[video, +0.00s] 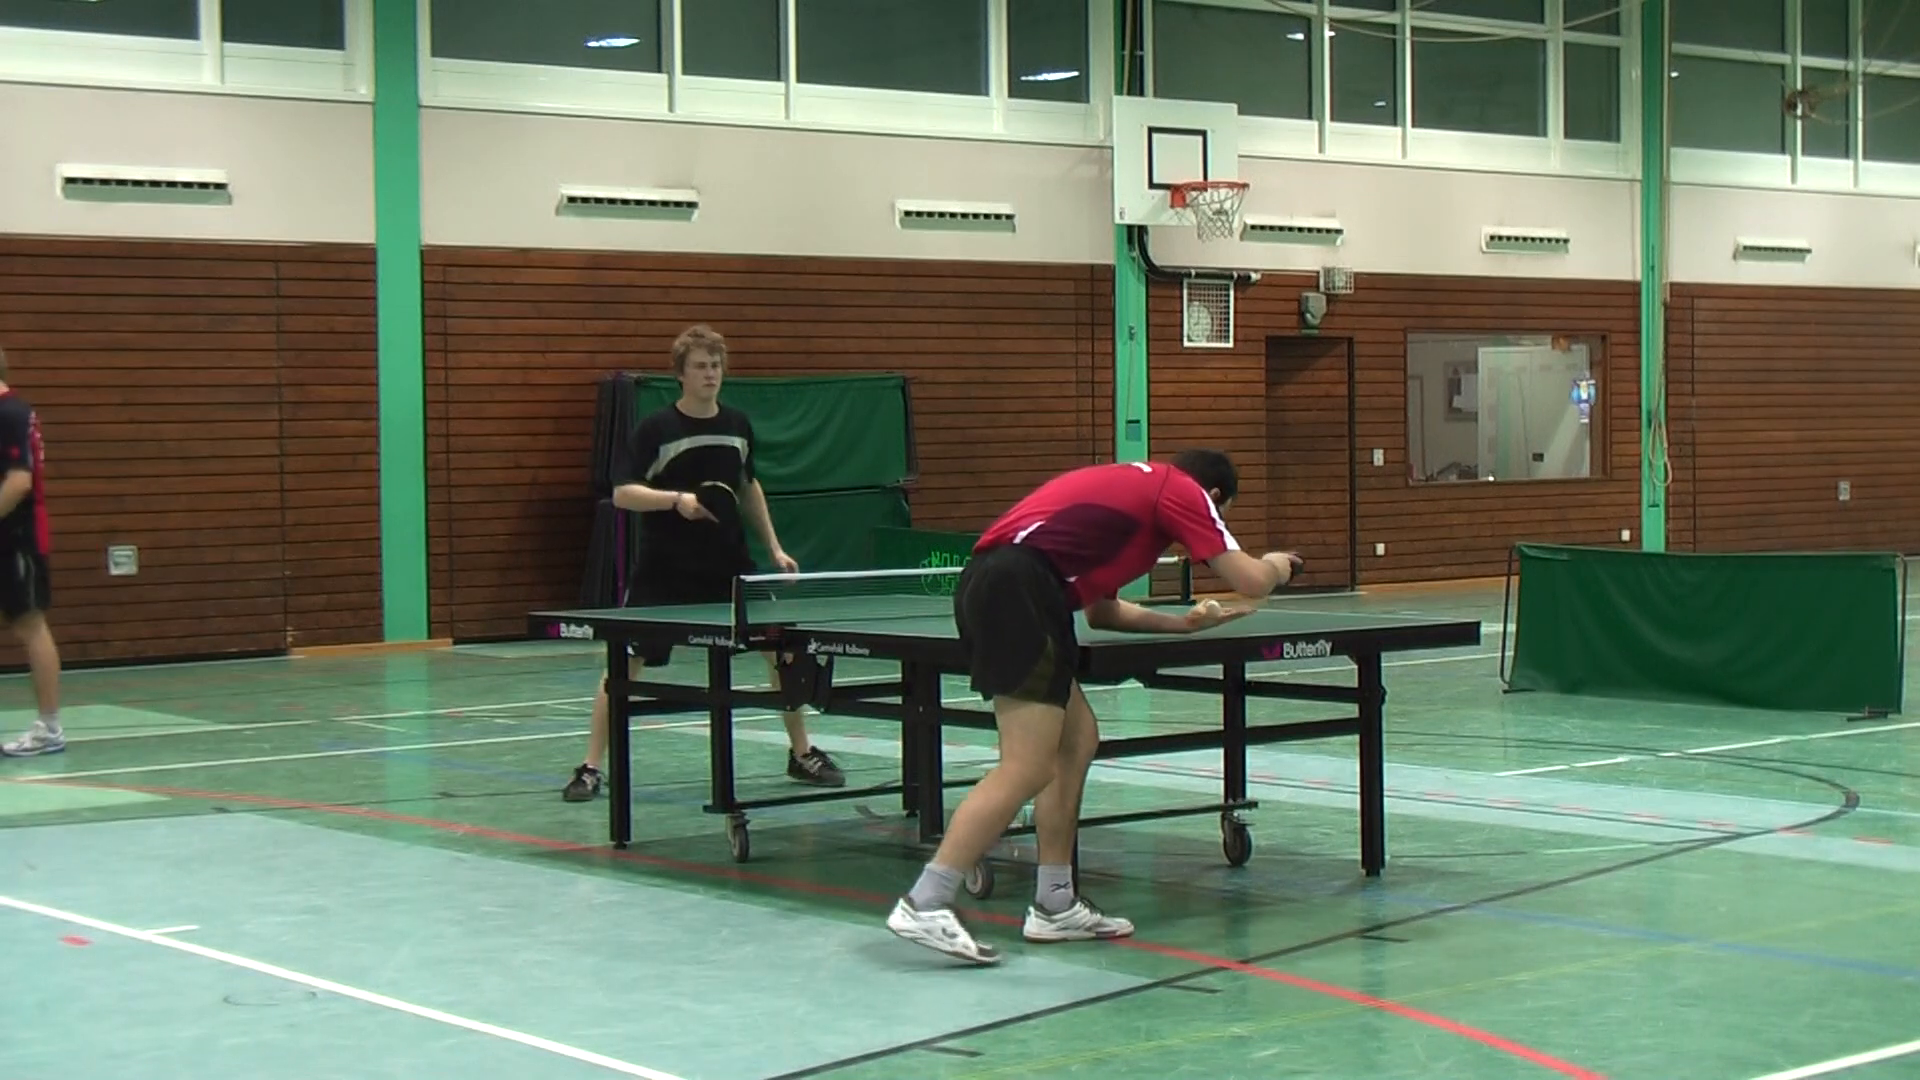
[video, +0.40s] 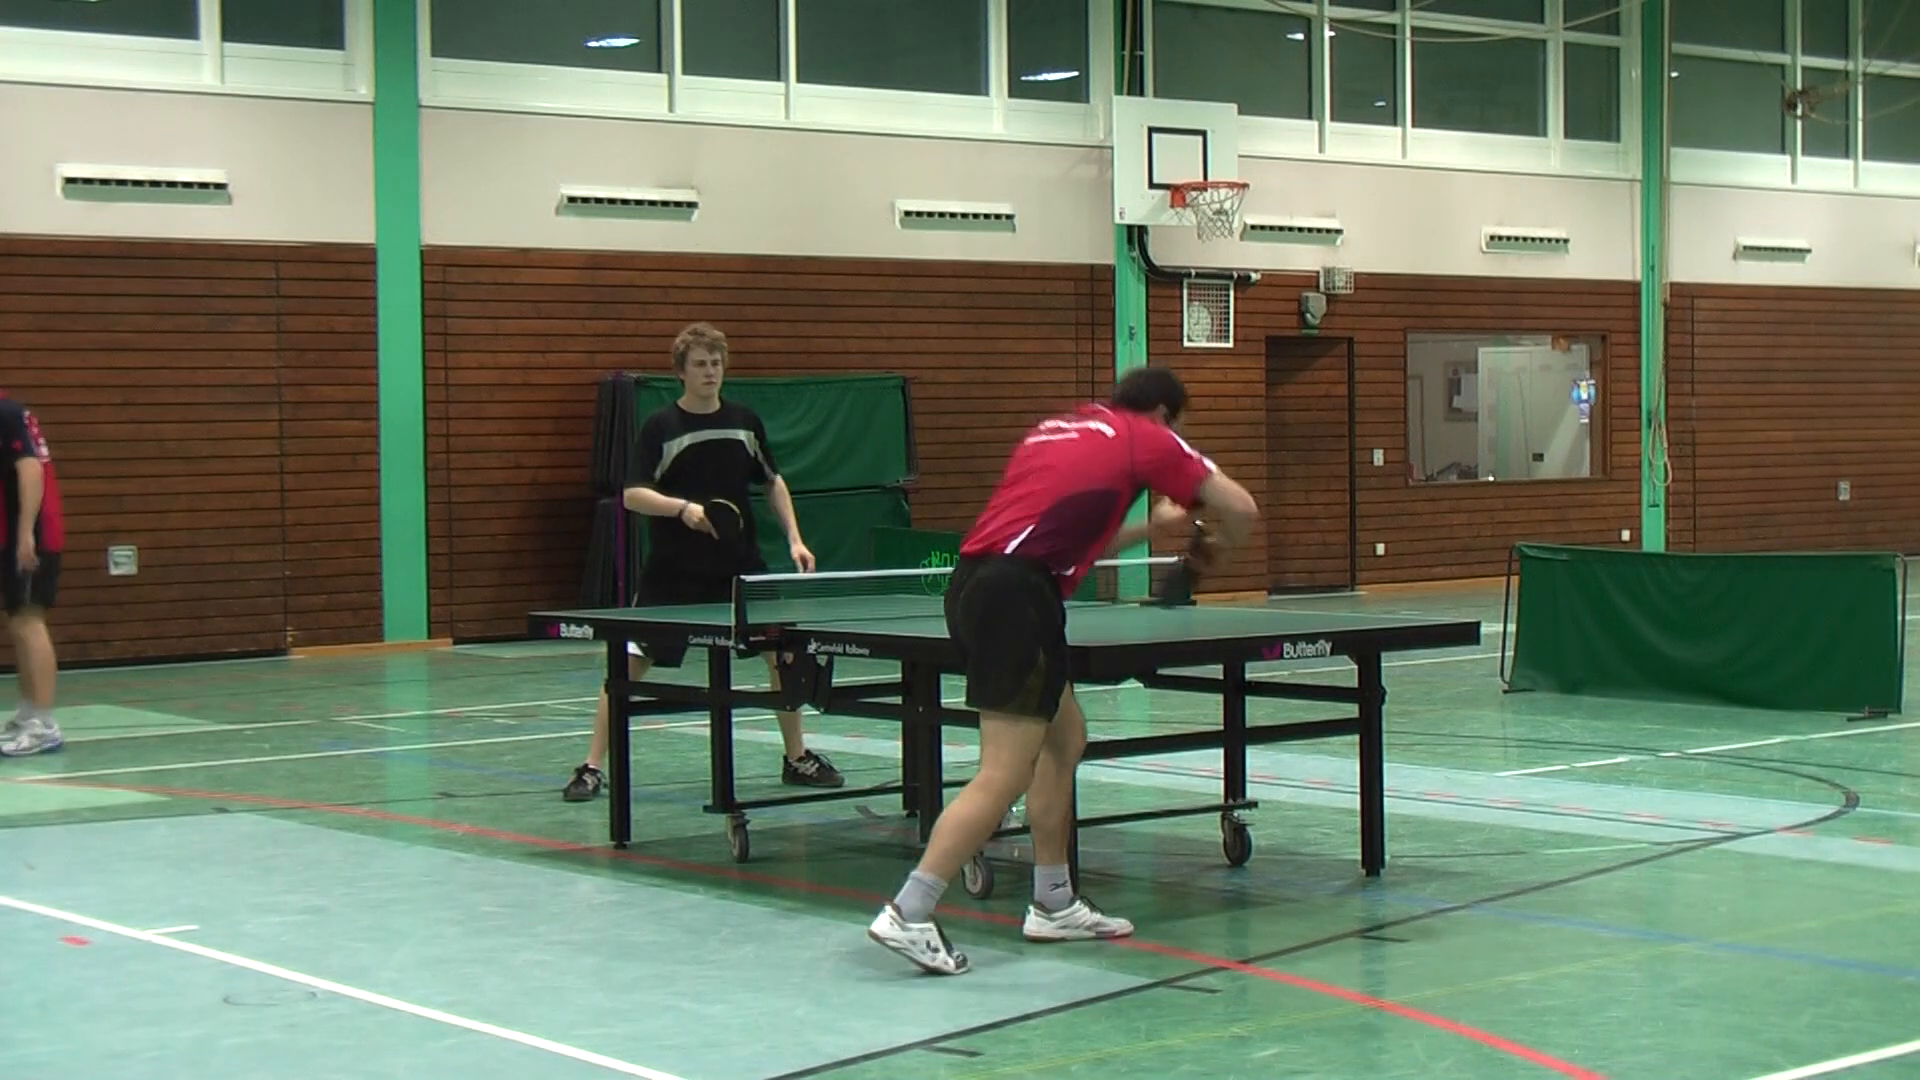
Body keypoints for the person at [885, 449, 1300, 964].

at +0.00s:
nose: (1215, 519)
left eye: (1218, 513)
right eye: (1217, 507)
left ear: (1175, 473)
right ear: (1207, 491)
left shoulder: (1121, 500)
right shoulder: (1177, 487)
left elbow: (1102, 609)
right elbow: (1252, 582)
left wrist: (1185, 619)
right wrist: (1277, 565)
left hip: (999, 585)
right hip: (1017, 583)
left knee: (1077, 738)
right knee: (1029, 763)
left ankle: (1054, 906)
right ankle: (924, 903)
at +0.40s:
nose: (1175, 434)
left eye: (1175, 425)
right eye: (1175, 424)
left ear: (1123, 401)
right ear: (1160, 414)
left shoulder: (1060, 426)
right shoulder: (1146, 436)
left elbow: (1070, 535)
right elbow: (1242, 508)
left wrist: (1151, 529)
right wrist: (1219, 538)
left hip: (976, 585)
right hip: (1016, 591)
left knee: (1065, 736)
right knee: (1003, 773)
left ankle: (1053, 904)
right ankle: (907, 914)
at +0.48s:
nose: (1160, 413)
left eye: (1161, 404)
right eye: (1160, 403)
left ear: (1105, 379)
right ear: (1143, 391)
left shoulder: (1038, 412)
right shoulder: (1128, 411)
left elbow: (1059, 517)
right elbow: (1217, 471)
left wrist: (1146, 521)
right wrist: (1199, 523)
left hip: (974, 579)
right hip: (1020, 585)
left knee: (1050, 739)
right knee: (1003, 765)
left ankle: (1051, 901)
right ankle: (908, 914)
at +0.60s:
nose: (1150, 398)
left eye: (1149, 387)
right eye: (1150, 387)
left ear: (1095, 362)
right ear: (1135, 374)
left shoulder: (1029, 404)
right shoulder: (1115, 384)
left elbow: (958, 500)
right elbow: (1161, 410)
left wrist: (1028, 540)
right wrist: (1169, 482)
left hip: (976, 575)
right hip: (1026, 578)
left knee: (1040, 736)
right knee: (1006, 758)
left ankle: (1021, 904)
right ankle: (912, 913)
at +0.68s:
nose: (1153, 407)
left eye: (1156, 400)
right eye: (1156, 398)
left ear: (1097, 365)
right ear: (1141, 382)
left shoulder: (1027, 416)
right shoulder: (1118, 380)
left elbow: (952, 491)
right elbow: (1123, 399)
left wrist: (978, 562)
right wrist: (1153, 473)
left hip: (987, 577)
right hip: (1034, 576)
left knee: (1038, 742)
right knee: (1014, 755)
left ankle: (1002, 910)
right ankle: (916, 912)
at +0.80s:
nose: (1162, 420)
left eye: (1163, 411)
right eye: (1161, 409)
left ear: (1102, 383)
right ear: (1147, 393)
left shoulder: (1038, 418)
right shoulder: (1138, 405)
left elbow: (973, 531)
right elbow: (1153, 484)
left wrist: (955, 626)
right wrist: (1164, 544)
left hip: (986, 585)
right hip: (1042, 584)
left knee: (1029, 751)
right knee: (1010, 760)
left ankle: (998, 911)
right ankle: (911, 912)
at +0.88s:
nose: (1165, 413)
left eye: (1163, 403)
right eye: (1164, 403)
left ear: (1105, 385)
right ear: (1154, 394)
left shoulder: (1041, 420)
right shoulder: (1152, 410)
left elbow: (981, 532)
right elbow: (1205, 505)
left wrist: (966, 632)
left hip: (993, 585)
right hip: (1052, 589)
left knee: (1028, 756)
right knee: (1038, 768)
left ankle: (997, 911)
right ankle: (919, 902)